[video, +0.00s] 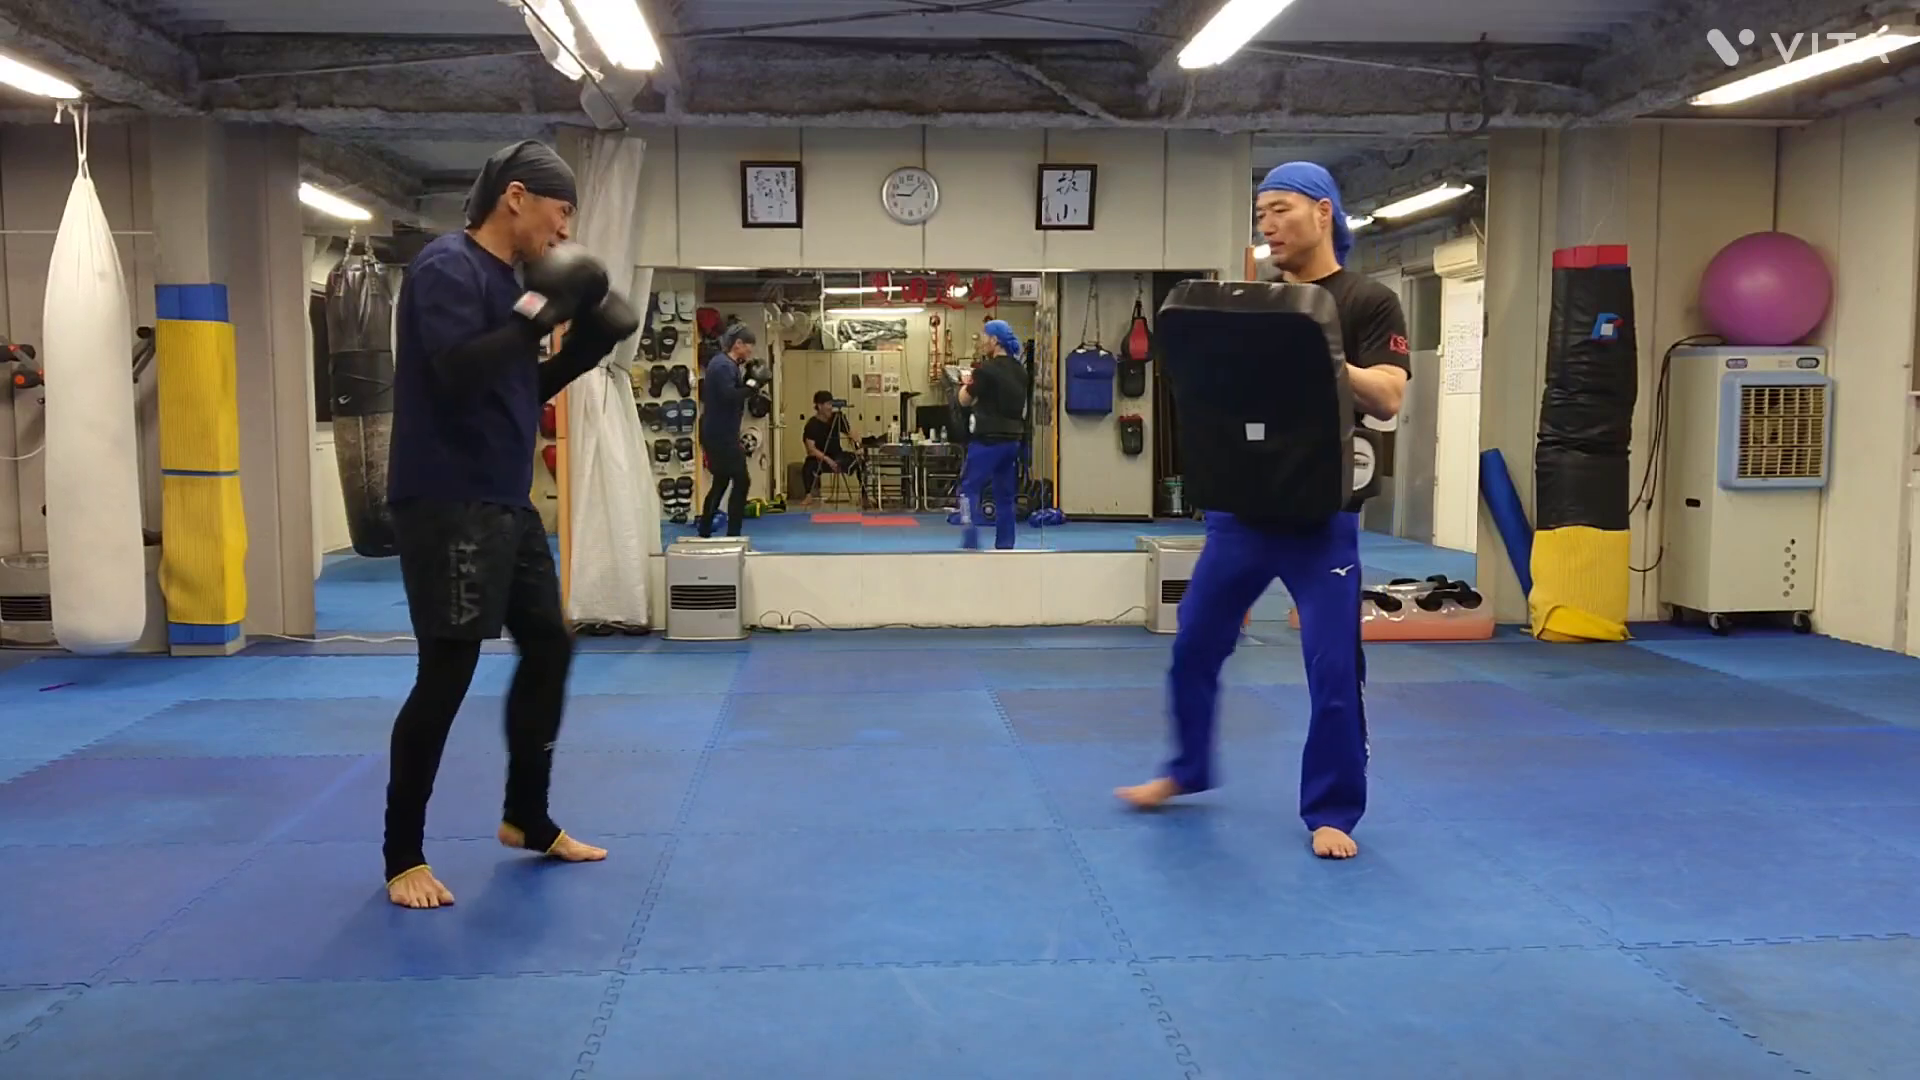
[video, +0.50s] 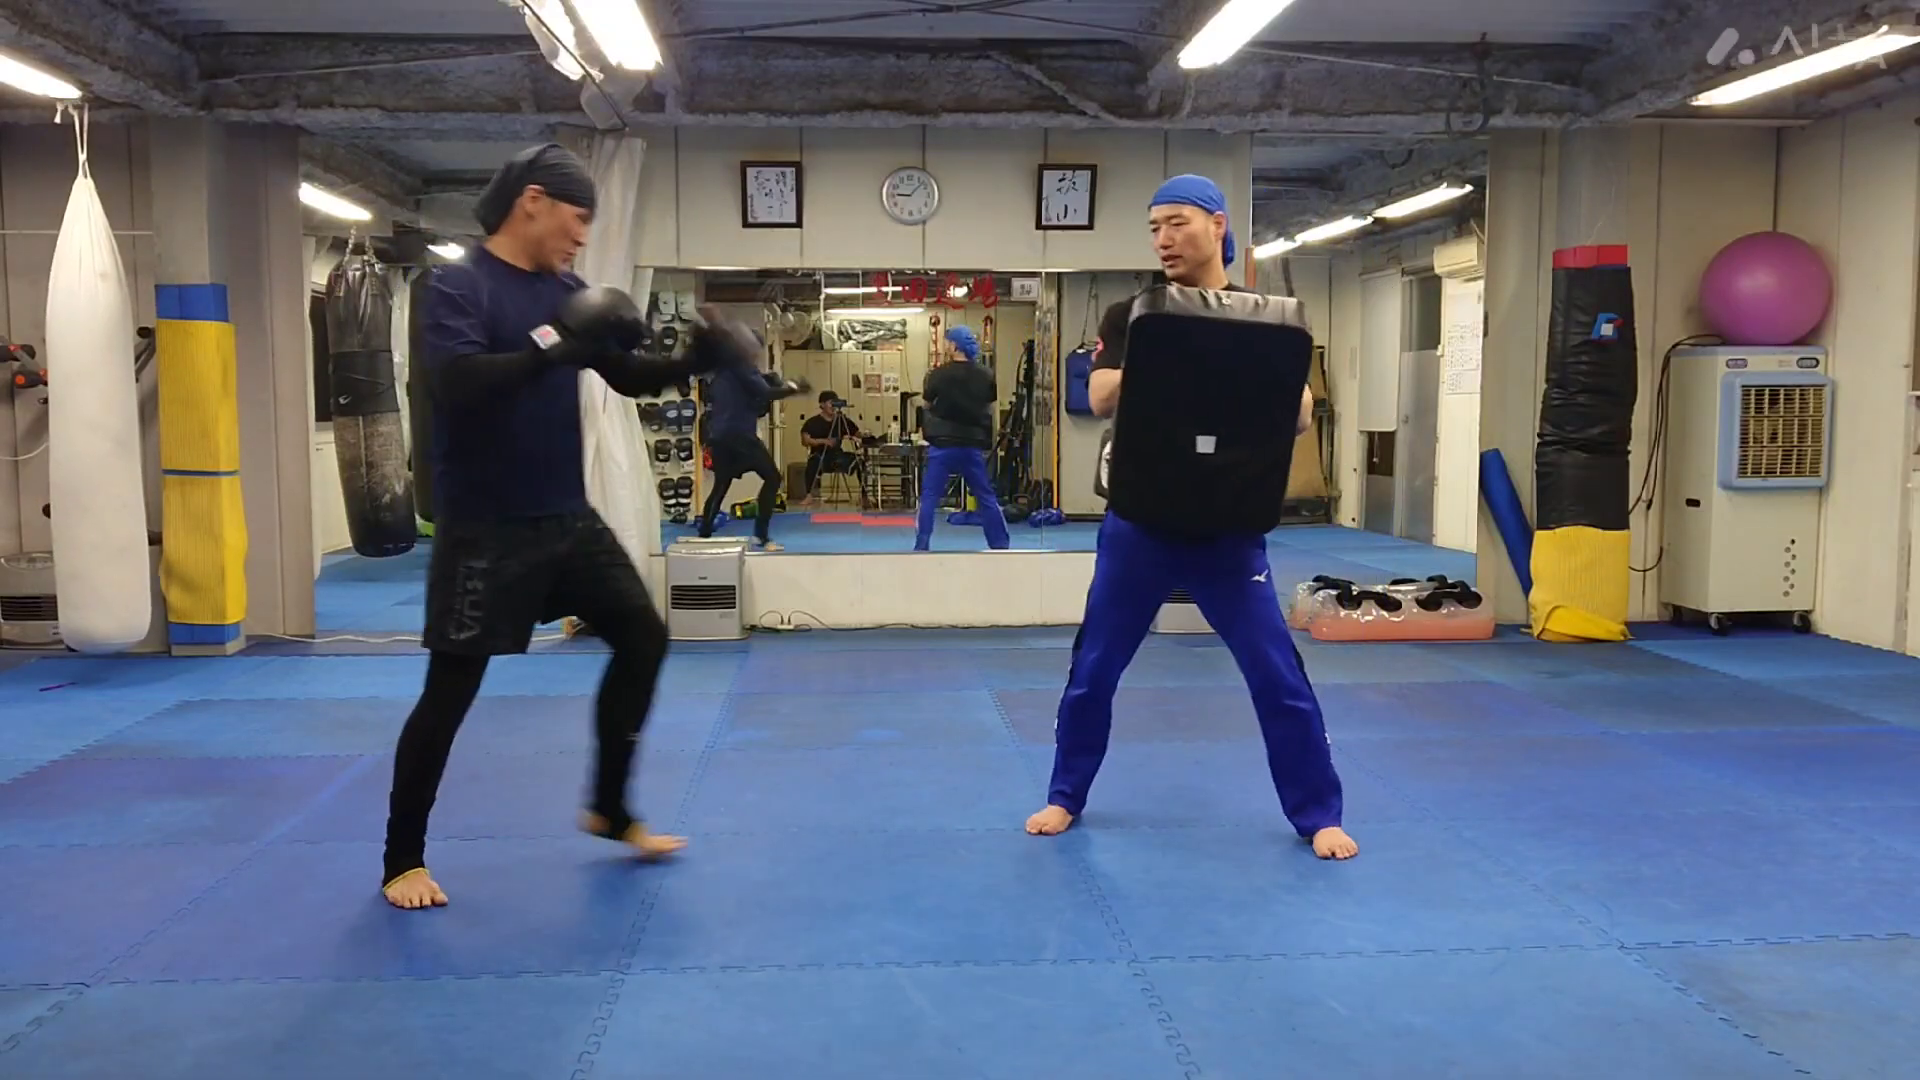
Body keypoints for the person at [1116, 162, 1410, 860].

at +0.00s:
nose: (1268, 226)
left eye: (1281, 210)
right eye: (1262, 216)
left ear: (1324, 215)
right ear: (1262, 228)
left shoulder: (1367, 297)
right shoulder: (1253, 302)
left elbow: (1389, 396)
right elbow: (1213, 375)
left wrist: (1326, 365)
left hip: (1325, 517)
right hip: (1241, 511)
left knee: (1335, 673)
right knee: (1194, 641)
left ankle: (1332, 816)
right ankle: (1188, 771)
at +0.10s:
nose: (1251, 227)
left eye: (1264, 212)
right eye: (1246, 216)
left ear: (1308, 216)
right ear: (1245, 226)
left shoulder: (1354, 304)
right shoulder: (1229, 307)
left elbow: (1381, 399)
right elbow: (1193, 386)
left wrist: (1318, 364)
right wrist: (1202, 338)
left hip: (1310, 523)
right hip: (1223, 518)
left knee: (1329, 676)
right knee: (1164, 648)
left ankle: (1331, 818)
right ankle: (1119, 780)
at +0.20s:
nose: (1230, 232)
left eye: (1243, 218)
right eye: (1224, 222)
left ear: (1288, 221)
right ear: (1220, 233)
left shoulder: (1333, 313)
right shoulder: (1197, 306)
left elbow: (1365, 405)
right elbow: (1162, 395)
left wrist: (1303, 375)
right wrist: (1214, 382)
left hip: (1289, 528)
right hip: (1200, 522)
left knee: (1316, 679)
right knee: (1134, 656)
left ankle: (1329, 819)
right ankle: (1079, 790)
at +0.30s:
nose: (1206, 239)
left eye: (1220, 224)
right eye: (1199, 228)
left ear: (1262, 229)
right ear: (1196, 239)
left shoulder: (1304, 318)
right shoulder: (1177, 312)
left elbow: (1340, 411)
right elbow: (1132, 404)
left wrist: (1275, 391)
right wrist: (1190, 378)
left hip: (1264, 537)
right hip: (1174, 531)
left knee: (1303, 681)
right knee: (1109, 668)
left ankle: (1327, 819)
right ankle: (1067, 796)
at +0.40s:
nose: (1180, 239)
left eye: (1195, 226)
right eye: (1173, 229)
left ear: (1237, 233)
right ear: (1169, 241)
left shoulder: (1285, 322)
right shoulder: (1147, 315)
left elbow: (1315, 413)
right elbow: (1111, 399)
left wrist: (1236, 403)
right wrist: (1184, 378)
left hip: (1243, 539)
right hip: (1149, 535)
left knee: (1290, 679)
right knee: (1098, 672)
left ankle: (1324, 817)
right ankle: (1065, 798)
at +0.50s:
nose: (1162, 238)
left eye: (1176, 223)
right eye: (1155, 227)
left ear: (1218, 226)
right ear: (1152, 238)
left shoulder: (1270, 318)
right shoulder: (1134, 313)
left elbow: (1300, 413)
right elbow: (1098, 397)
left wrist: (1228, 391)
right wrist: (1161, 366)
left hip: (1229, 532)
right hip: (1137, 528)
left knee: (1278, 674)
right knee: (1092, 669)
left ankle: (1320, 817)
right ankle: (1064, 798)